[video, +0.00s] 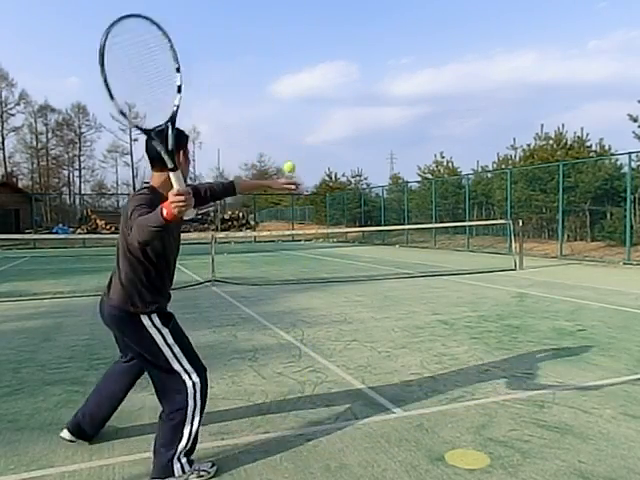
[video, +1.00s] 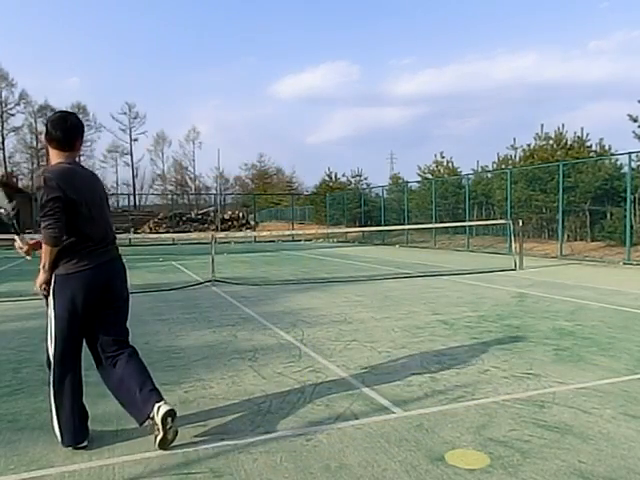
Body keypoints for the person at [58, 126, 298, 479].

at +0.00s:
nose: (190, 159)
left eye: (187, 153)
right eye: (187, 153)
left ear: (155, 161)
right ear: (179, 158)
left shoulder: (169, 194)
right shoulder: (145, 202)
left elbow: (218, 191)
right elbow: (140, 228)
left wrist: (268, 184)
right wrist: (164, 213)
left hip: (118, 304)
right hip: (142, 310)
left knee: (134, 359)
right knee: (190, 378)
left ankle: (83, 425)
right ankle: (173, 465)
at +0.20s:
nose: (158, 149)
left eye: (157, 143)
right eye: (156, 143)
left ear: (122, 148)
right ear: (148, 146)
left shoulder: (104, 176)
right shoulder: (135, 198)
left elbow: (123, 177)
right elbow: (159, 241)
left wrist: (148, 175)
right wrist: (186, 239)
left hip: (86, 287)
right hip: (119, 295)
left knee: (99, 359)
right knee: (142, 370)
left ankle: (75, 429)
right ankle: (156, 455)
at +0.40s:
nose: (122, 135)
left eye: (119, 130)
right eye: (122, 131)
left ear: (86, 130)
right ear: (118, 134)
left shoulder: (69, 166)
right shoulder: (128, 170)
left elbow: (34, 201)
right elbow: (116, 207)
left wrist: (47, 215)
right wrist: (62, 216)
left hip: (77, 269)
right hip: (119, 269)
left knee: (65, 341)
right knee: (112, 343)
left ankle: (70, 422)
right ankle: (102, 431)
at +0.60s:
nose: (94, 151)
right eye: (93, 147)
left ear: (57, 149)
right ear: (89, 151)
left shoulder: (69, 184)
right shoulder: (93, 179)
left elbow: (74, 226)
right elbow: (52, 185)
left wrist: (45, 255)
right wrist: (19, 182)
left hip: (78, 279)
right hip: (115, 276)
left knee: (65, 357)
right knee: (116, 348)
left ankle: (71, 433)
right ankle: (137, 422)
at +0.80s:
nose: (42, 149)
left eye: (42, 144)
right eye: (44, 145)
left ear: (47, 146)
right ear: (76, 144)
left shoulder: (61, 172)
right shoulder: (77, 172)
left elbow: (80, 221)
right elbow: (47, 207)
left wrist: (50, 262)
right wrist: (20, 213)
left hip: (75, 277)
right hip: (108, 271)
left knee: (63, 355)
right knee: (116, 347)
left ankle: (73, 433)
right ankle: (155, 411)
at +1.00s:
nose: (44, 143)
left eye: (45, 138)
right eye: (83, 139)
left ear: (46, 142)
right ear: (80, 143)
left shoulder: (52, 180)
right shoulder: (91, 178)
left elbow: (52, 236)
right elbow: (84, 228)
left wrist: (44, 272)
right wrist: (41, 241)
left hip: (72, 279)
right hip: (110, 272)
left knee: (64, 358)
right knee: (114, 347)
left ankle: (73, 434)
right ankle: (155, 407)